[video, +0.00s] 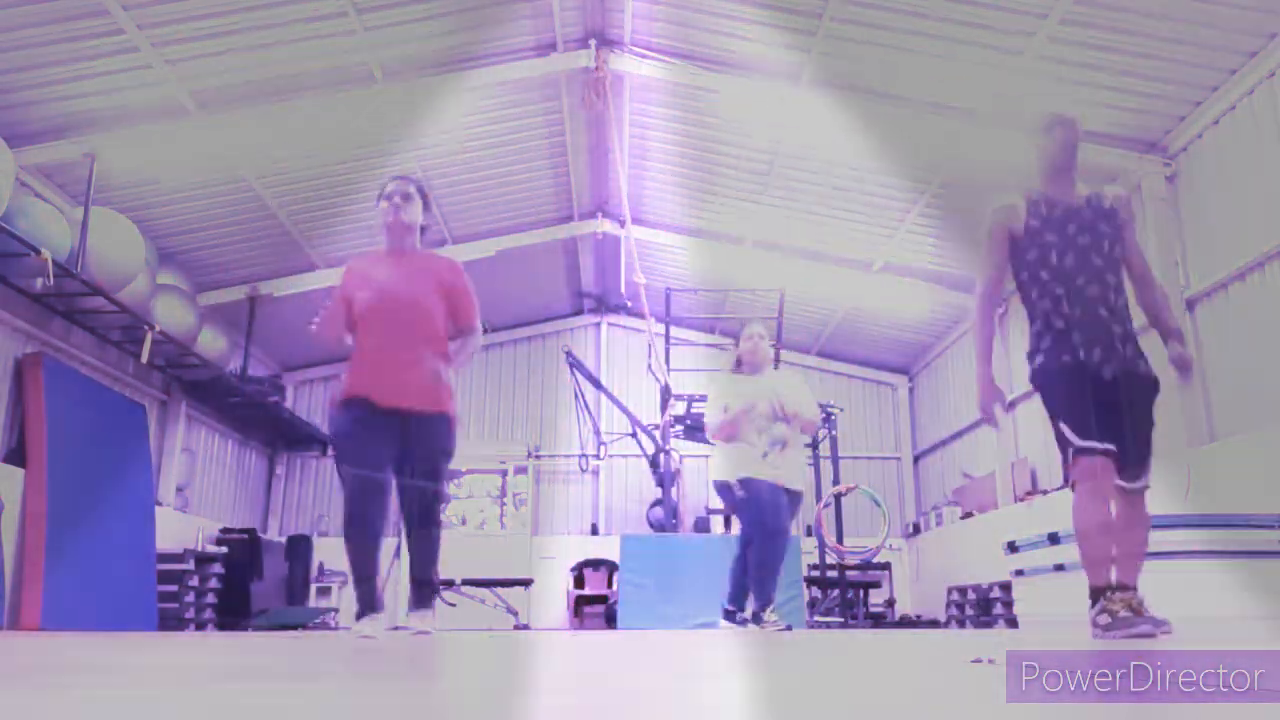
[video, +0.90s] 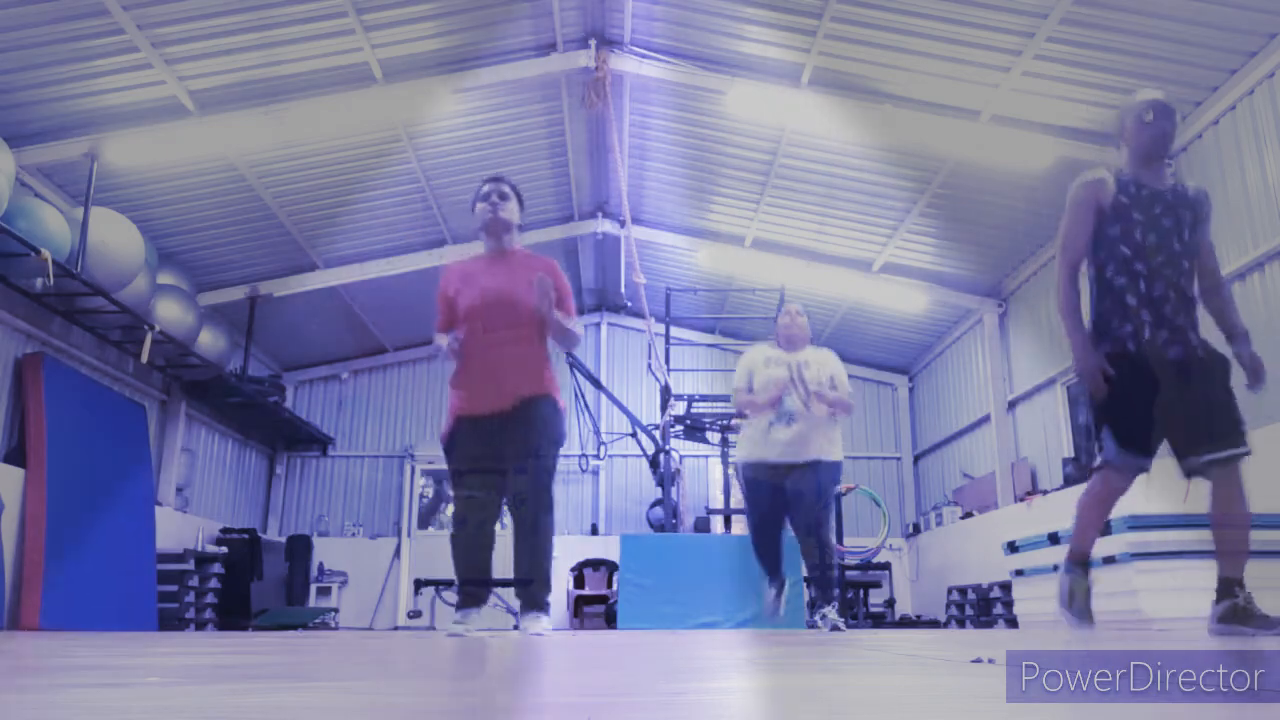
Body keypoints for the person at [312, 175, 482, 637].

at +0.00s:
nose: (397, 205)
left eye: (407, 199)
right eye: (389, 199)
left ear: (424, 212)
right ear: (378, 211)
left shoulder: (446, 268)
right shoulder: (358, 269)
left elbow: (472, 333)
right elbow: (339, 340)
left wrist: (451, 361)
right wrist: (328, 333)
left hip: (428, 404)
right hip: (366, 399)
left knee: (423, 509)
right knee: (362, 506)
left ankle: (422, 607)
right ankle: (369, 611)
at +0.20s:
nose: (404, 201)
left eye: (412, 194)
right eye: (396, 194)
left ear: (428, 206)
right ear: (384, 206)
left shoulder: (453, 260)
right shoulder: (367, 263)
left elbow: (488, 311)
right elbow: (323, 320)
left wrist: (472, 334)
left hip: (438, 401)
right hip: (380, 398)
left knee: (436, 491)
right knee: (374, 510)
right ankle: (372, 609)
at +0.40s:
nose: (425, 192)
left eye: (434, 185)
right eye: (416, 186)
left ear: (449, 198)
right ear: (403, 201)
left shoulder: (474, 253)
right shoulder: (382, 259)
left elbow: (496, 312)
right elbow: (362, 325)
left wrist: (493, 321)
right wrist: (405, 318)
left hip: (469, 371)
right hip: (412, 379)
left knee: (469, 406)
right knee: (422, 489)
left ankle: (464, 500)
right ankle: (422, 606)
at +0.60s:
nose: (447, 192)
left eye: (455, 185)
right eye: (438, 186)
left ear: (470, 198)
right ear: (425, 200)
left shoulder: (497, 253)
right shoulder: (407, 258)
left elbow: (531, 310)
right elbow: (380, 325)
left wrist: (507, 298)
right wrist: (411, 303)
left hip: (495, 373)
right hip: (435, 382)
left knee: (512, 434)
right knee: (430, 490)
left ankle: (516, 546)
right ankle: (421, 604)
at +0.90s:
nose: (494, 204)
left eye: (503, 198)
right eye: (486, 199)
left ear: (520, 213)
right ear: (474, 214)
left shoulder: (544, 268)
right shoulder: (455, 273)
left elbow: (572, 339)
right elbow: (441, 336)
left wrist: (549, 314)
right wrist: (448, 343)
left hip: (532, 400)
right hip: (472, 406)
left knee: (531, 501)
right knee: (472, 507)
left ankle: (534, 607)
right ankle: (471, 604)